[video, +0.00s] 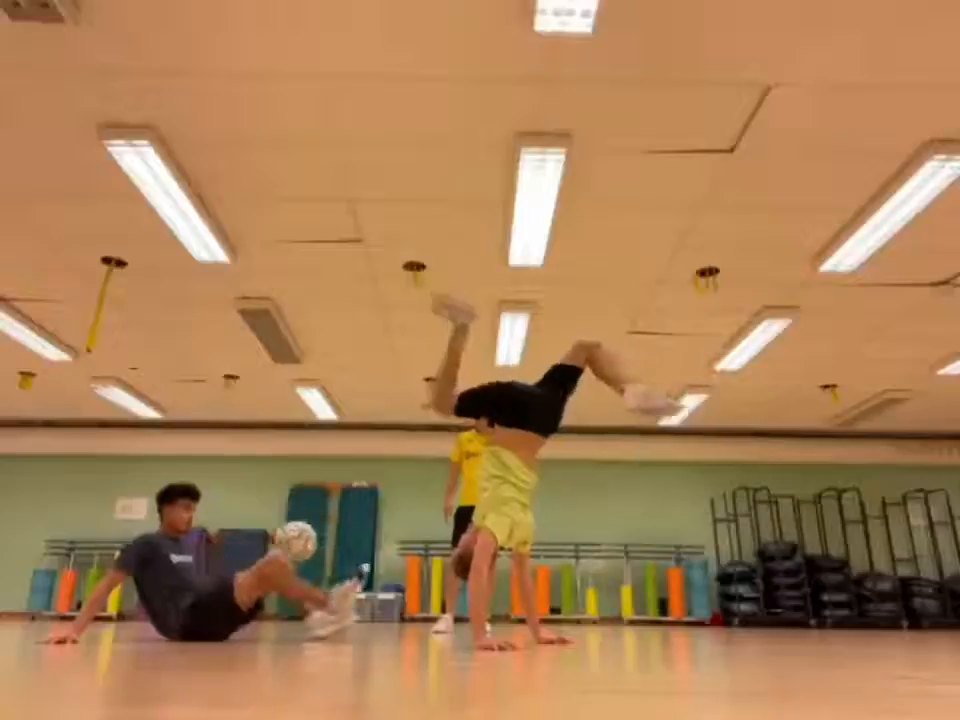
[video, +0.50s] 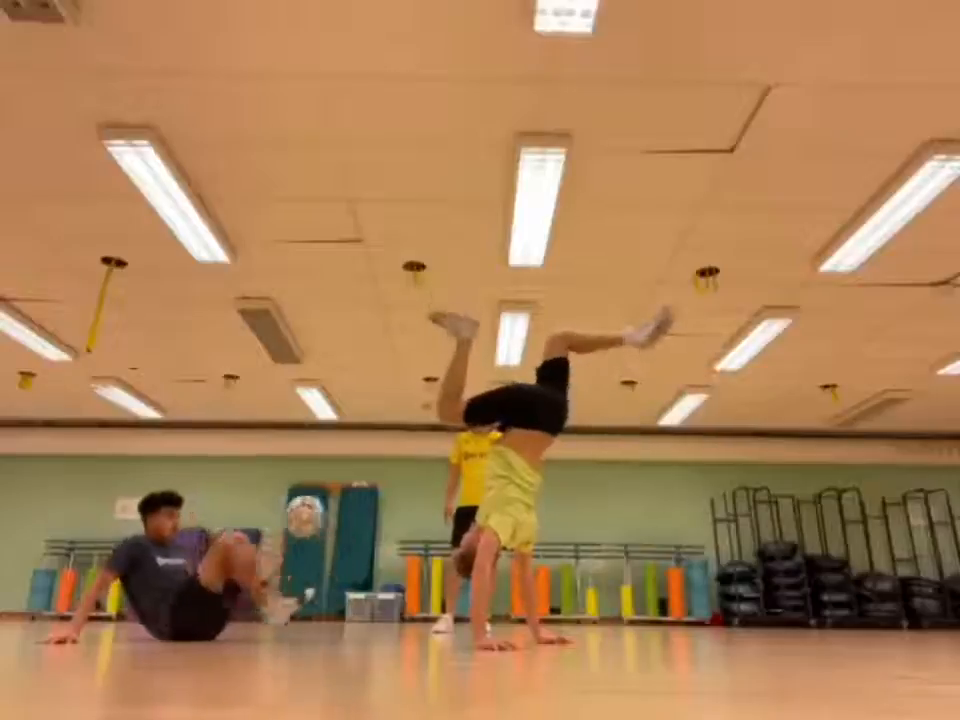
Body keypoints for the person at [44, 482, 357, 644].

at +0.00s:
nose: (189, 517)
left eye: (192, 511)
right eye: (184, 509)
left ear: (189, 515)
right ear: (164, 511)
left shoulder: (186, 549)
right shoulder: (144, 546)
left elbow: (192, 590)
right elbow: (106, 588)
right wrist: (75, 631)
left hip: (210, 616)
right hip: (188, 621)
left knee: (272, 568)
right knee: (268, 569)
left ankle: (319, 615)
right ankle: (327, 604)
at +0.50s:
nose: (175, 524)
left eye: (177, 518)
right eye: (170, 517)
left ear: (173, 521)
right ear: (150, 518)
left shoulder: (176, 555)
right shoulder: (133, 547)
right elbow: (98, 587)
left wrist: (251, 576)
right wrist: (74, 629)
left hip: (202, 619)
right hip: (178, 620)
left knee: (237, 542)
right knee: (226, 543)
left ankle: (266, 599)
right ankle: (266, 603)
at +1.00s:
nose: (138, 527)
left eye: (139, 521)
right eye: (130, 522)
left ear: (139, 524)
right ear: (111, 527)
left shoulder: (147, 551)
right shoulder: (102, 566)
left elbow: (166, 586)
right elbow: (63, 593)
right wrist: (33, 615)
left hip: (194, 594)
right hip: (173, 618)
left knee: (251, 583)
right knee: (241, 612)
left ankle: (309, 601)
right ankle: (309, 629)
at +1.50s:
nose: (88, 535)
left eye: (88, 528)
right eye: (79, 530)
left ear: (90, 530)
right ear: (59, 537)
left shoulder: (110, 546)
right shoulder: (49, 586)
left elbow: (149, 556)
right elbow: (16, 631)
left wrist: (184, 565)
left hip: (161, 589)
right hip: (148, 622)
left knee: (112, 571)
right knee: (189, 630)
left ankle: (197, 584)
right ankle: (245, 613)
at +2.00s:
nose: (159, 512)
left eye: (159, 506)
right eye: (153, 506)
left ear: (153, 507)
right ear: (129, 506)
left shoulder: (162, 532)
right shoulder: (96, 547)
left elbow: (175, 575)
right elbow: (60, 591)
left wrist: (222, 606)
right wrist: (35, 632)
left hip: (187, 592)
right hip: (158, 621)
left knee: (221, 557)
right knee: (198, 628)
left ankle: (280, 597)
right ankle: (252, 632)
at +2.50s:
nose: (165, 515)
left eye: (166, 508)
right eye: (158, 508)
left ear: (162, 506)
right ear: (135, 508)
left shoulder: (170, 530)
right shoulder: (103, 541)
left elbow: (194, 567)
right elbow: (65, 579)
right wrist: (35, 630)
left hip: (186, 591)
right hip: (146, 617)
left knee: (255, 557)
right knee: (179, 613)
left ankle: (280, 605)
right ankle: (256, 626)